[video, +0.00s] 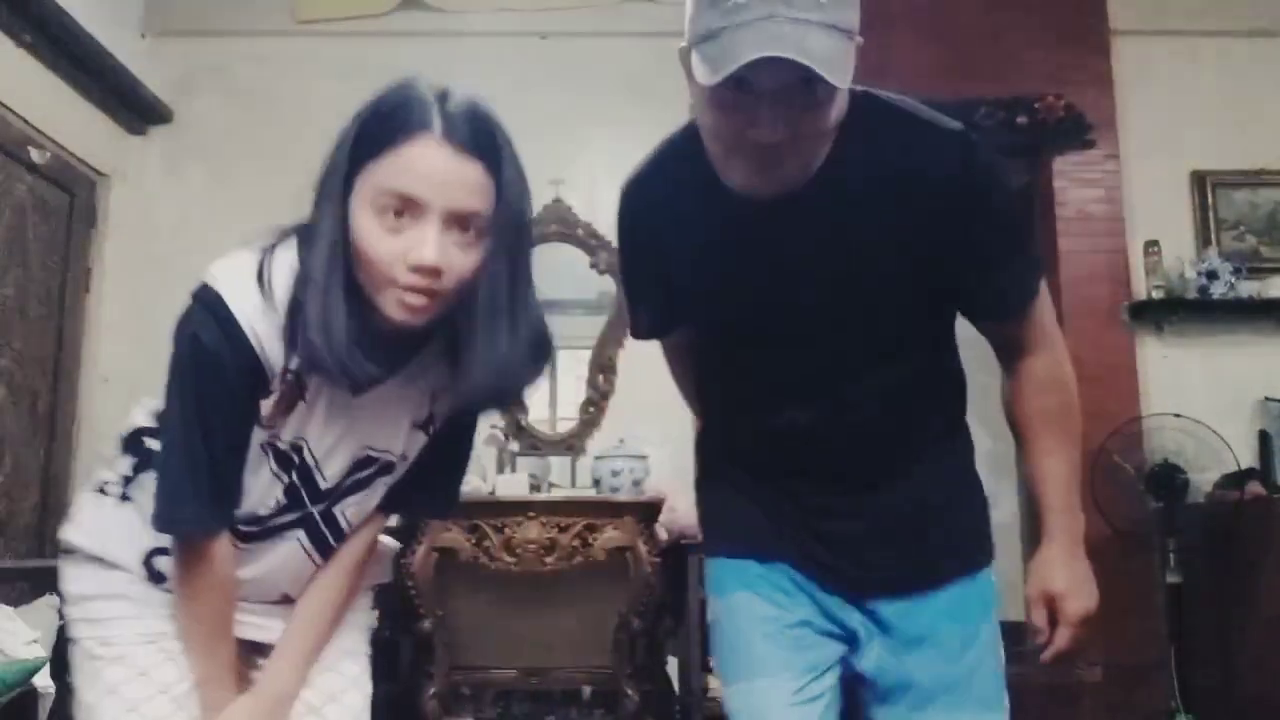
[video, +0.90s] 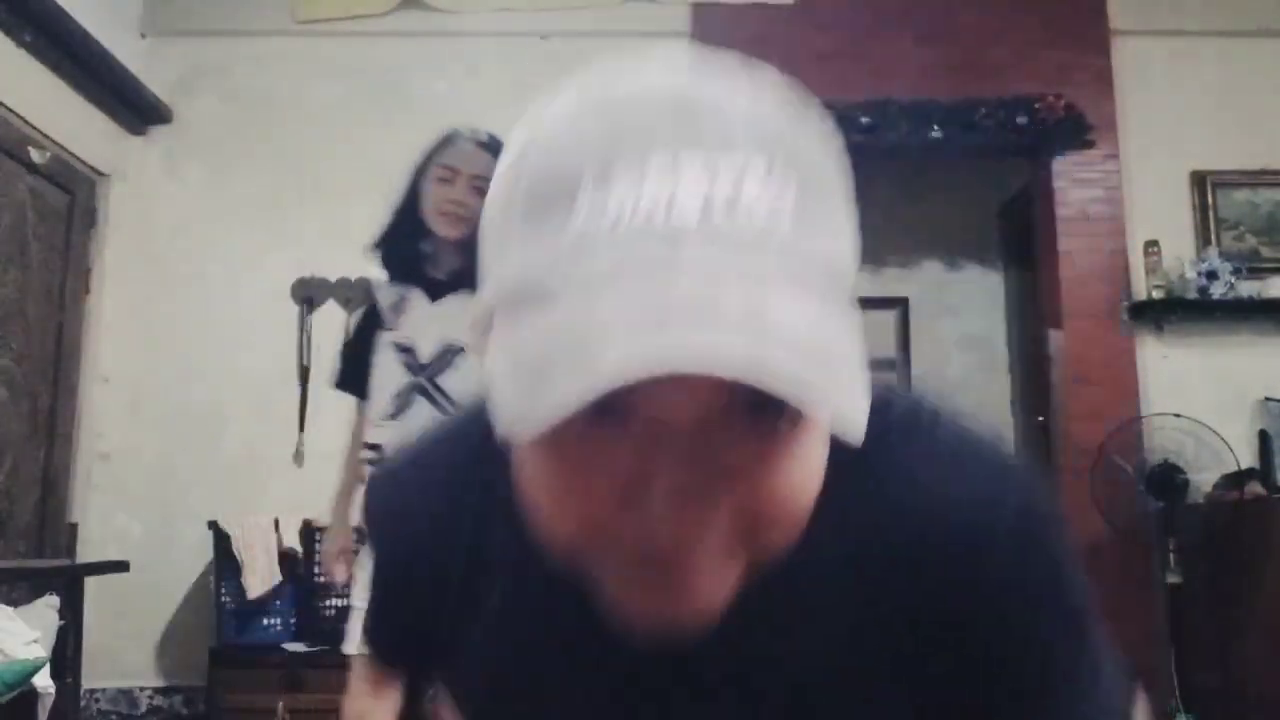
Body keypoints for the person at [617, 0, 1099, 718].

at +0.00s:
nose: (768, 121)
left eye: (798, 90)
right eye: (741, 88)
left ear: (844, 67)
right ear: (694, 68)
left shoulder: (940, 167)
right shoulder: (659, 201)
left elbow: (1033, 350)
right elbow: (697, 378)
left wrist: (1062, 539)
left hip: (930, 546)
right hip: (761, 551)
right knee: (771, 706)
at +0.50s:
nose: (779, 161)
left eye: (835, 103)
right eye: (731, 99)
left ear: (896, 87)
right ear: (656, 79)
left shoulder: (1003, 186)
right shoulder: (585, 186)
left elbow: (1094, 422)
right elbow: (616, 379)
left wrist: (1090, 664)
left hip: (896, 585)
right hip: (645, 577)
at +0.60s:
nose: (753, 185)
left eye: (821, 117)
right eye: (701, 113)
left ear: (895, 101)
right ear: (627, 88)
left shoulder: (1005, 205)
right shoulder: (554, 201)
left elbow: (1096, 445)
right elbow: (600, 392)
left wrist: (1097, 664)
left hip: (886, 593)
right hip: (617, 568)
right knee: (472, 709)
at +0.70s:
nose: (727, 239)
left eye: (798, 162)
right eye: (674, 157)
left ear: (880, 149)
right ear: (596, 131)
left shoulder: (995, 245)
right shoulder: (525, 240)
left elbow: (1095, 497)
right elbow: (475, 425)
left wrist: (1102, 679)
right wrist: (416, 614)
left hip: (872, 624)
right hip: (583, 601)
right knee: (381, 710)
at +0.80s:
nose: (698, 340)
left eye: (769, 265)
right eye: (641, 264)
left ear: (852, 246)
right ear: (552, 244)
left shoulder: (988, 369)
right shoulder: (480, 347)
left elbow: (1105, 626)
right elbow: (459, 498)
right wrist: (423, 632)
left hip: (851, 691)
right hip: (561, 685)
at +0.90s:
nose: (680, 489)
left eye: (755, 411)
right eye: (610, 411)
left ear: (834, 396)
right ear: (504, 390)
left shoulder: (976, 535)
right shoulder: (428, 514)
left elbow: (1093, 711)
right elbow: (386, 664)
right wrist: (378, 695)